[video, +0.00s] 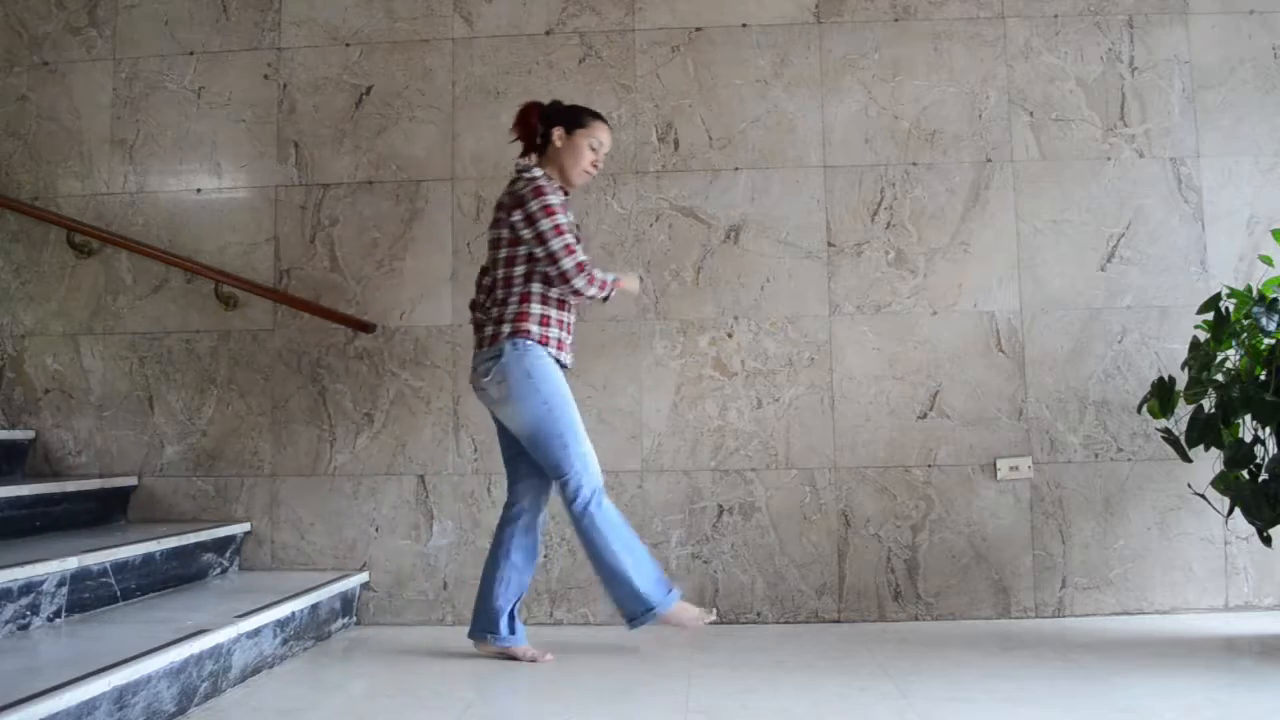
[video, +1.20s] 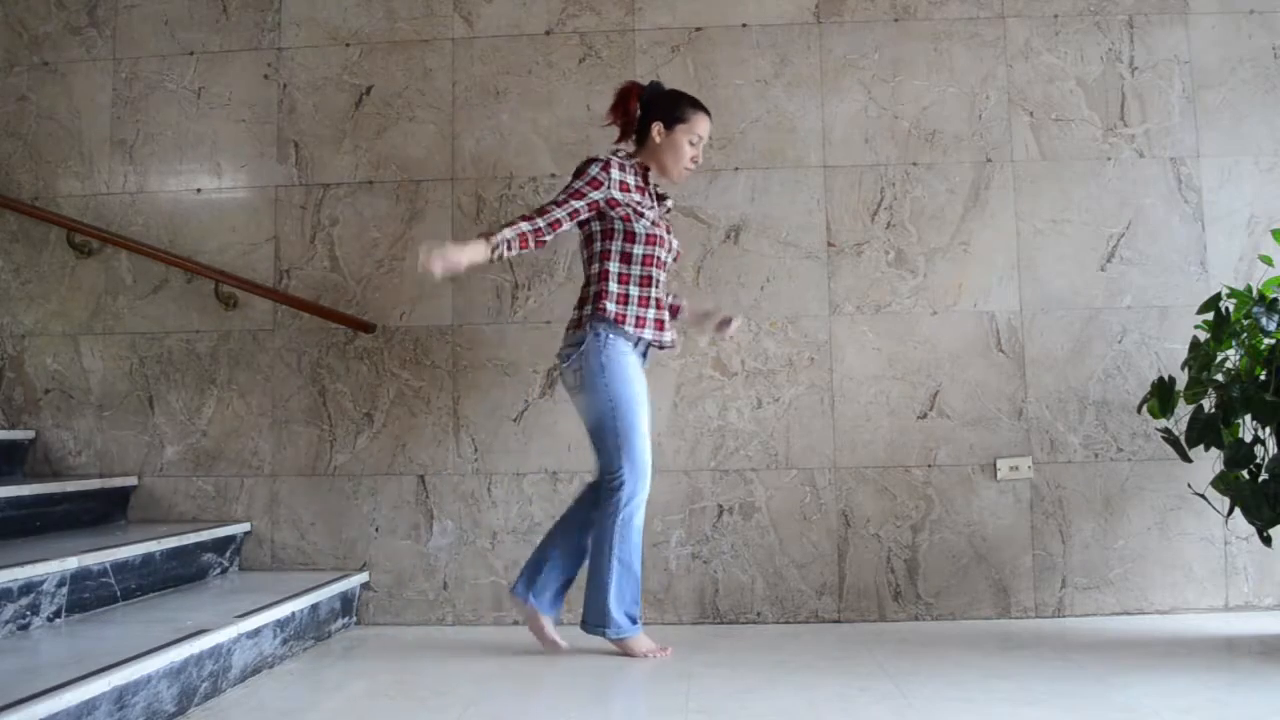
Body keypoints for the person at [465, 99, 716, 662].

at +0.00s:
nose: (598, 164)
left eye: (603, 155)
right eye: (592, 149)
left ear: (565, 148)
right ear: (557, 138)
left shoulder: (524, 194)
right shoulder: (537, 189)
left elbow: (486, 292)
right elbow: (577, 277)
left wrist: (496, 350)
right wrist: (614, 285)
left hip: (505, 359)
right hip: (523, 357)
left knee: (528, 496)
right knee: (583, 481)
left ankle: (495, 629)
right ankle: (656, 600)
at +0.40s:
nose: (646, 166)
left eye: (650, 157)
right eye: (641, 152)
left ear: (604, 145)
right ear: (609, 138)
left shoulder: (544, 198)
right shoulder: (599, 194)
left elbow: (502, 263)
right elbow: (657, 267)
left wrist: (472, 333)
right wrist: (698, 242)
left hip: (533, 358)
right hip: (575, 356)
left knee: (551, 486)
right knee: (602, 491)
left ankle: (504, 620)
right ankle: (619, 623)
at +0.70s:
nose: (656, 171)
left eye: (661, 162)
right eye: (652, 155)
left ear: (616, 149)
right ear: (619, 142)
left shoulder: (557, 198)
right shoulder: (599, 196)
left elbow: (522, 278)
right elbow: (660, 263)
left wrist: (551, 325)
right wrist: (739, 311)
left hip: (536, 364)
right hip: (577, 360)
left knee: (565, 489)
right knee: (633, 478)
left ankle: (523, 628)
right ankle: (626, 622)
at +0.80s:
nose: (659, 170)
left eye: (663, 161)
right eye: (655, 156)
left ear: (620, 151)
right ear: (620, 144)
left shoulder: (566, 199)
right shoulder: (599, 198)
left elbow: (558, 288)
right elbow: (641, 285)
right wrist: (691, 368)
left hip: (540, 361)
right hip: (574, 360)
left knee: (564, 491)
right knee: (641, 472)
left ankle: (522, 629)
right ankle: (636, 618)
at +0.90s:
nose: (669, 164)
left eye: (673, 155)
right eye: (664, 150)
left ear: (627, 147)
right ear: (629, 142)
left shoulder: (593, 193)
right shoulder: (602, 192)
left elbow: (590, 280)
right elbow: (592, 274)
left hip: (550, 356)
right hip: (580, 355)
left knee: (568, 484)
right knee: (638, 472)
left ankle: (524, 622)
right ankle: (630, 617)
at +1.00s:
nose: (680, 159)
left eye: (684, 150)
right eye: (675, 146)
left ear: (651, 143)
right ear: (641, 136)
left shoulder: (626, 198)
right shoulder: (607, 184)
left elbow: (613, 290)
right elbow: (559, 254)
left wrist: (650, 349)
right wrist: (518, 335)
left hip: (569, 350)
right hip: (587, 349)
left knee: (575, 481)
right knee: (627, 473)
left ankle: (527, 614)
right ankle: (615, 618)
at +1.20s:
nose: (699, 156)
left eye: (703, 146)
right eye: (693, 142)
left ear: (668, 140)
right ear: (656, 133)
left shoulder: (654, 205)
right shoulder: (611, 175)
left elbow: (645, 298)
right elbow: (549, 219)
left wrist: (700, 318)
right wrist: (476, 250)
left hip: (625, 351)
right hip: (602, 346)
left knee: (619, 479)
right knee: (629, 476)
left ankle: (537, 593)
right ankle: (617, 621)